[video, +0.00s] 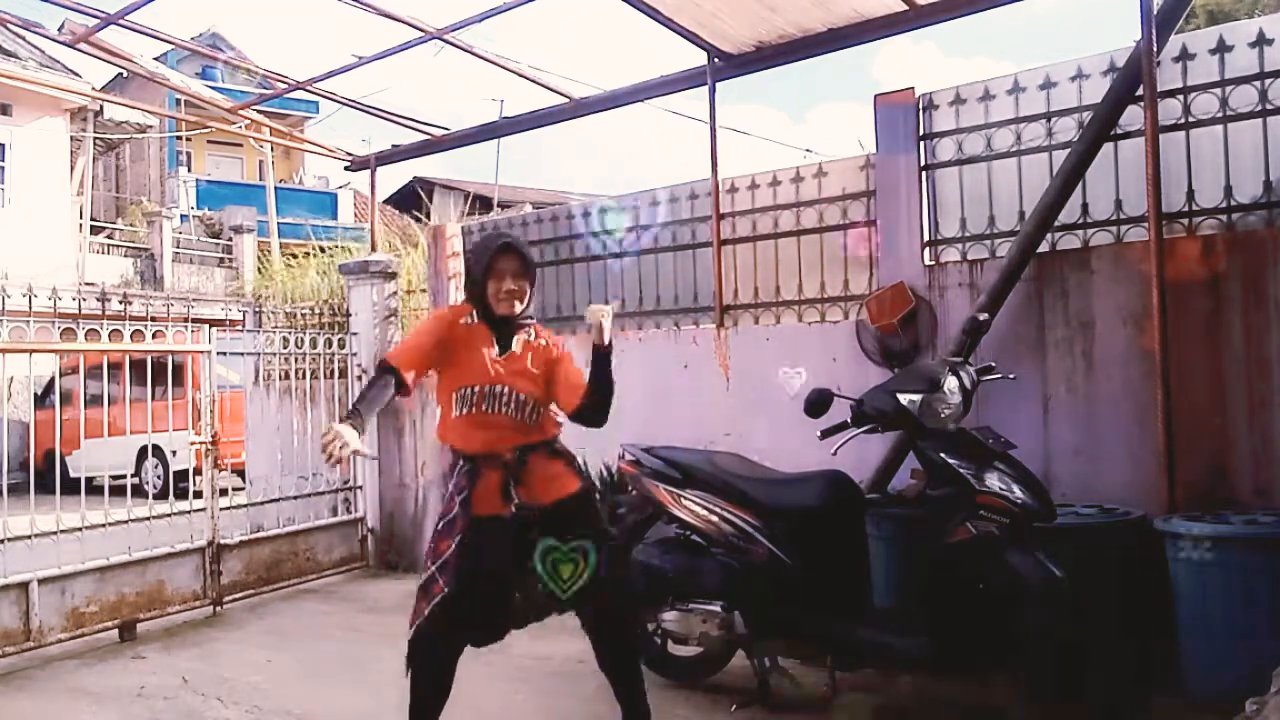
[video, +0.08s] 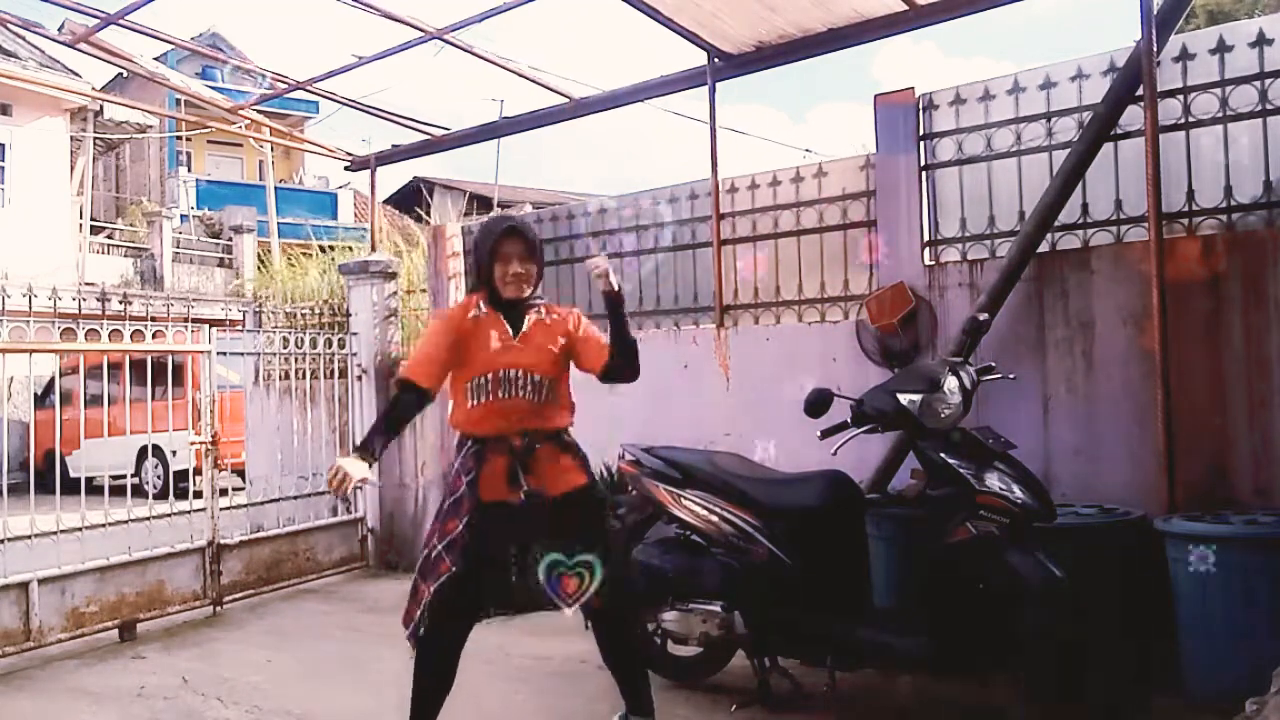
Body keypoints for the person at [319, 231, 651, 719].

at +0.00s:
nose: (510, 286)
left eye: (519, 276)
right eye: (498, 276)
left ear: (531, 284)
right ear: (477, 283)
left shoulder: (544, 345)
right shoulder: (449, 326)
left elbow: (593, 413)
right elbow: (391, 373)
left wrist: (601, 345)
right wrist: (354, 424)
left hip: (550, 474)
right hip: (478, 481)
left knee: (605, 601)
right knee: (446, 620)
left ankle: (636, 712)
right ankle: (422, 714)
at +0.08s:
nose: (516, 269)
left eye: (525, 258)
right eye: (504, 260)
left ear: (539, 265)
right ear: (484, 267)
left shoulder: (561, 321)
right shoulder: (458, 322)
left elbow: (624, 368)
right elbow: (413, 392)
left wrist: (613, 299)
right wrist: (364, 454)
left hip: (561, 477)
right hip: (485, 482)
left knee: (608, 595)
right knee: (448, 611)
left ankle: (640, 711)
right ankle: (421, 716)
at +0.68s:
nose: (521, 262)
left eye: (531, 253)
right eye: (509, 253)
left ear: (544, 263)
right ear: (489, 263)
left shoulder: (572, 320)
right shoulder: (466, 307)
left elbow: (654, 326)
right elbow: (392, 348)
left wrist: (744, 324)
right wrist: (372, 307)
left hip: (562, 482)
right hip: (488, 487)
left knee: (602, 612)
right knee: (477, 626)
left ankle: (635, 713)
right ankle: (490, 717)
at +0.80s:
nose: (507, 272)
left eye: (517, 263)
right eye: (496, 263)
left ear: (530, 271)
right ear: (476, 271)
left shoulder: (556, 325)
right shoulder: (450, 321)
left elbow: (633, 331)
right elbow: (378, 344)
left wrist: (717, 325)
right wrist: (304, 343)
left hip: (544, 502)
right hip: (469, 508)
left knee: (583, 615)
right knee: (467, 639)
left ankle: (632, 707)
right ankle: (492, 719)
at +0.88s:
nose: (504, 283)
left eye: (513, 273)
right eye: (492, 275)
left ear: (528, 280)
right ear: (475, 283)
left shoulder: (552, 330)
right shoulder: (452, 334)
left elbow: (609, 334)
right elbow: (384, 353)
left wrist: (661, 323)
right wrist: (299, 354)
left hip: (538, 515)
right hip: (466, 521)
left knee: (583, 624)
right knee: (459, 629)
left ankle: (621, 711)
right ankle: (488, 717)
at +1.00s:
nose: (499, 283)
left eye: (508, 273)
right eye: (487, 275)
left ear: (524, 282)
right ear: (471, 286)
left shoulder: (555, 338)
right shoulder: (449, 343)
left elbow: (618, 337)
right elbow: (376, 383)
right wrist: (336, 326)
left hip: (532, 504)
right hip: (460, 508)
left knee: (580, 629)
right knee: (460, 644)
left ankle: (581, 714)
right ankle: (488, 716)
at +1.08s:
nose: (491, 266)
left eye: (501, 256)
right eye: (479, 258)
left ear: (519, 266)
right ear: (462, 270)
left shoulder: (548, 326)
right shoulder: (443, 334)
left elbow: (636, 336)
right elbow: (377, 370)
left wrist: (594, 271)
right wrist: (381, 298)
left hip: (531, 496)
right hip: (459, 500)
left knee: (570, 638)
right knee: (465, 641)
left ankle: (587, 716)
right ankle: (489, 716)